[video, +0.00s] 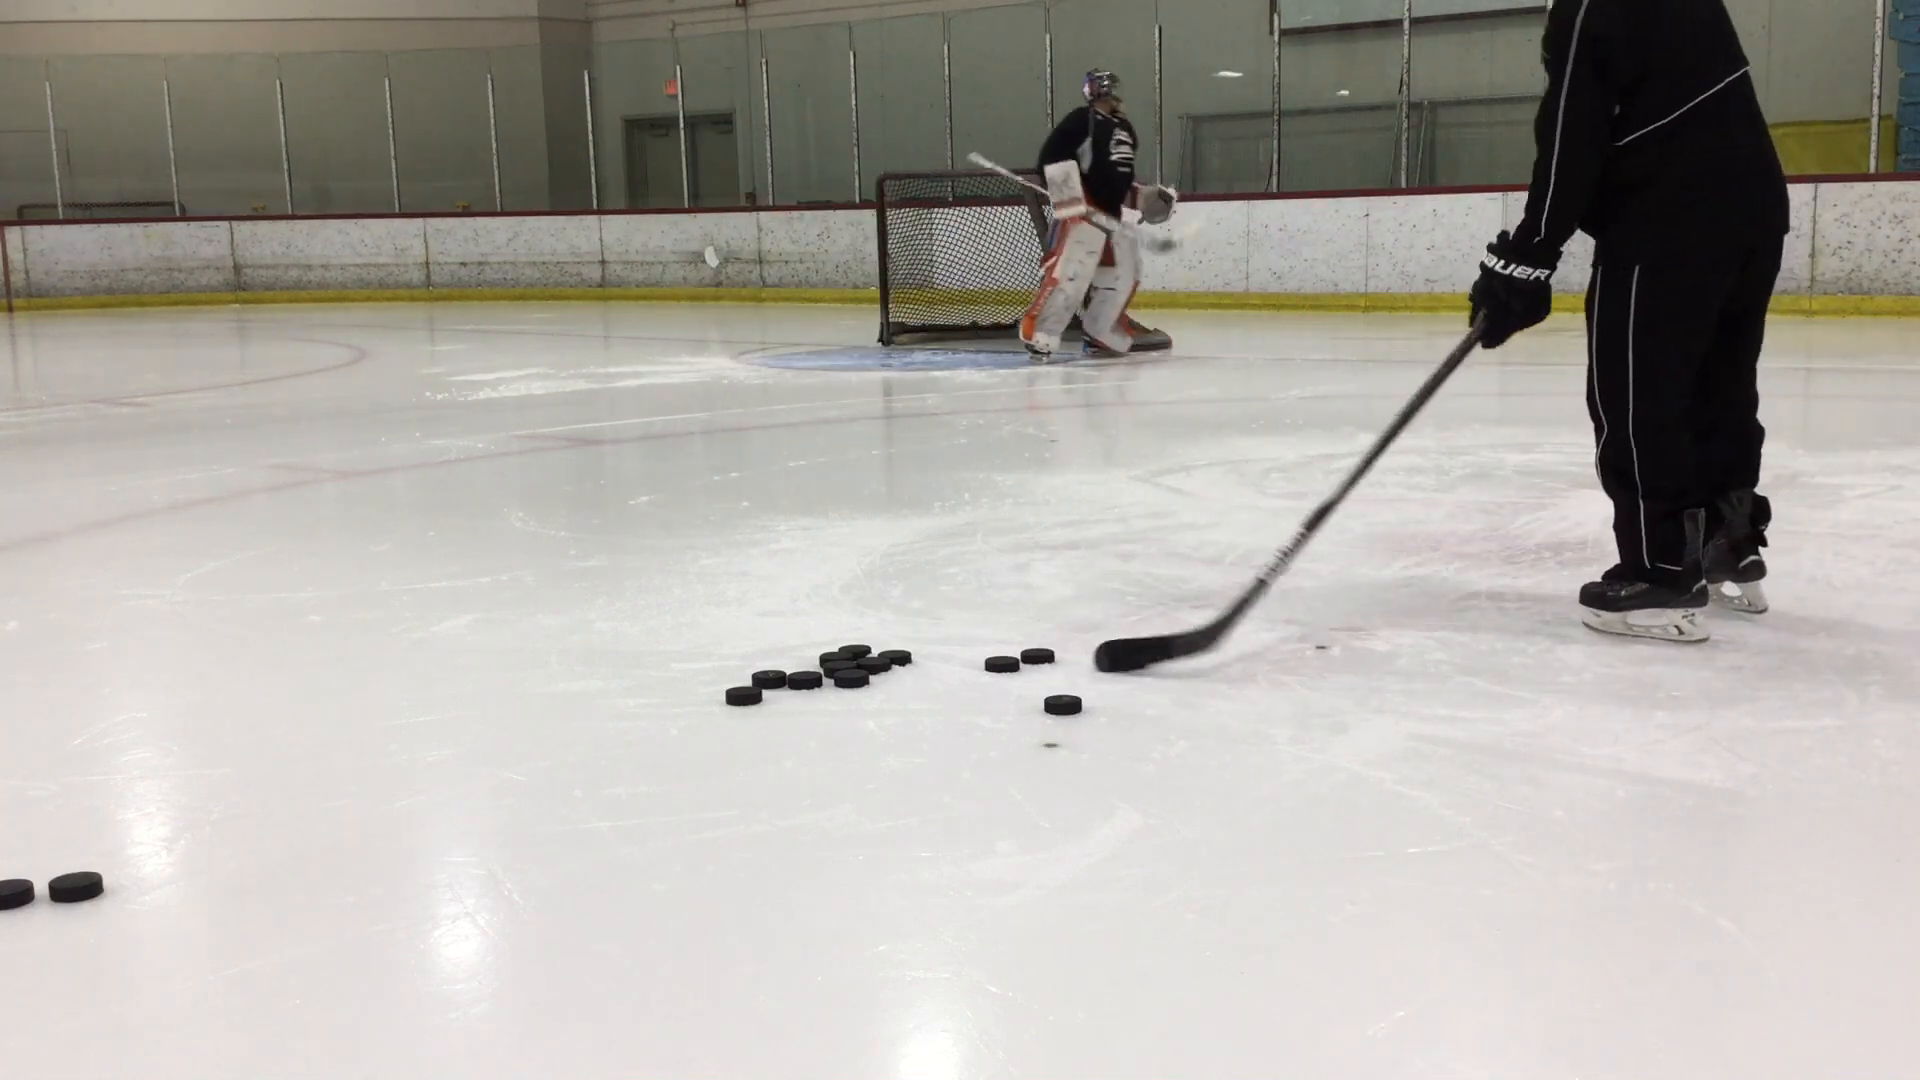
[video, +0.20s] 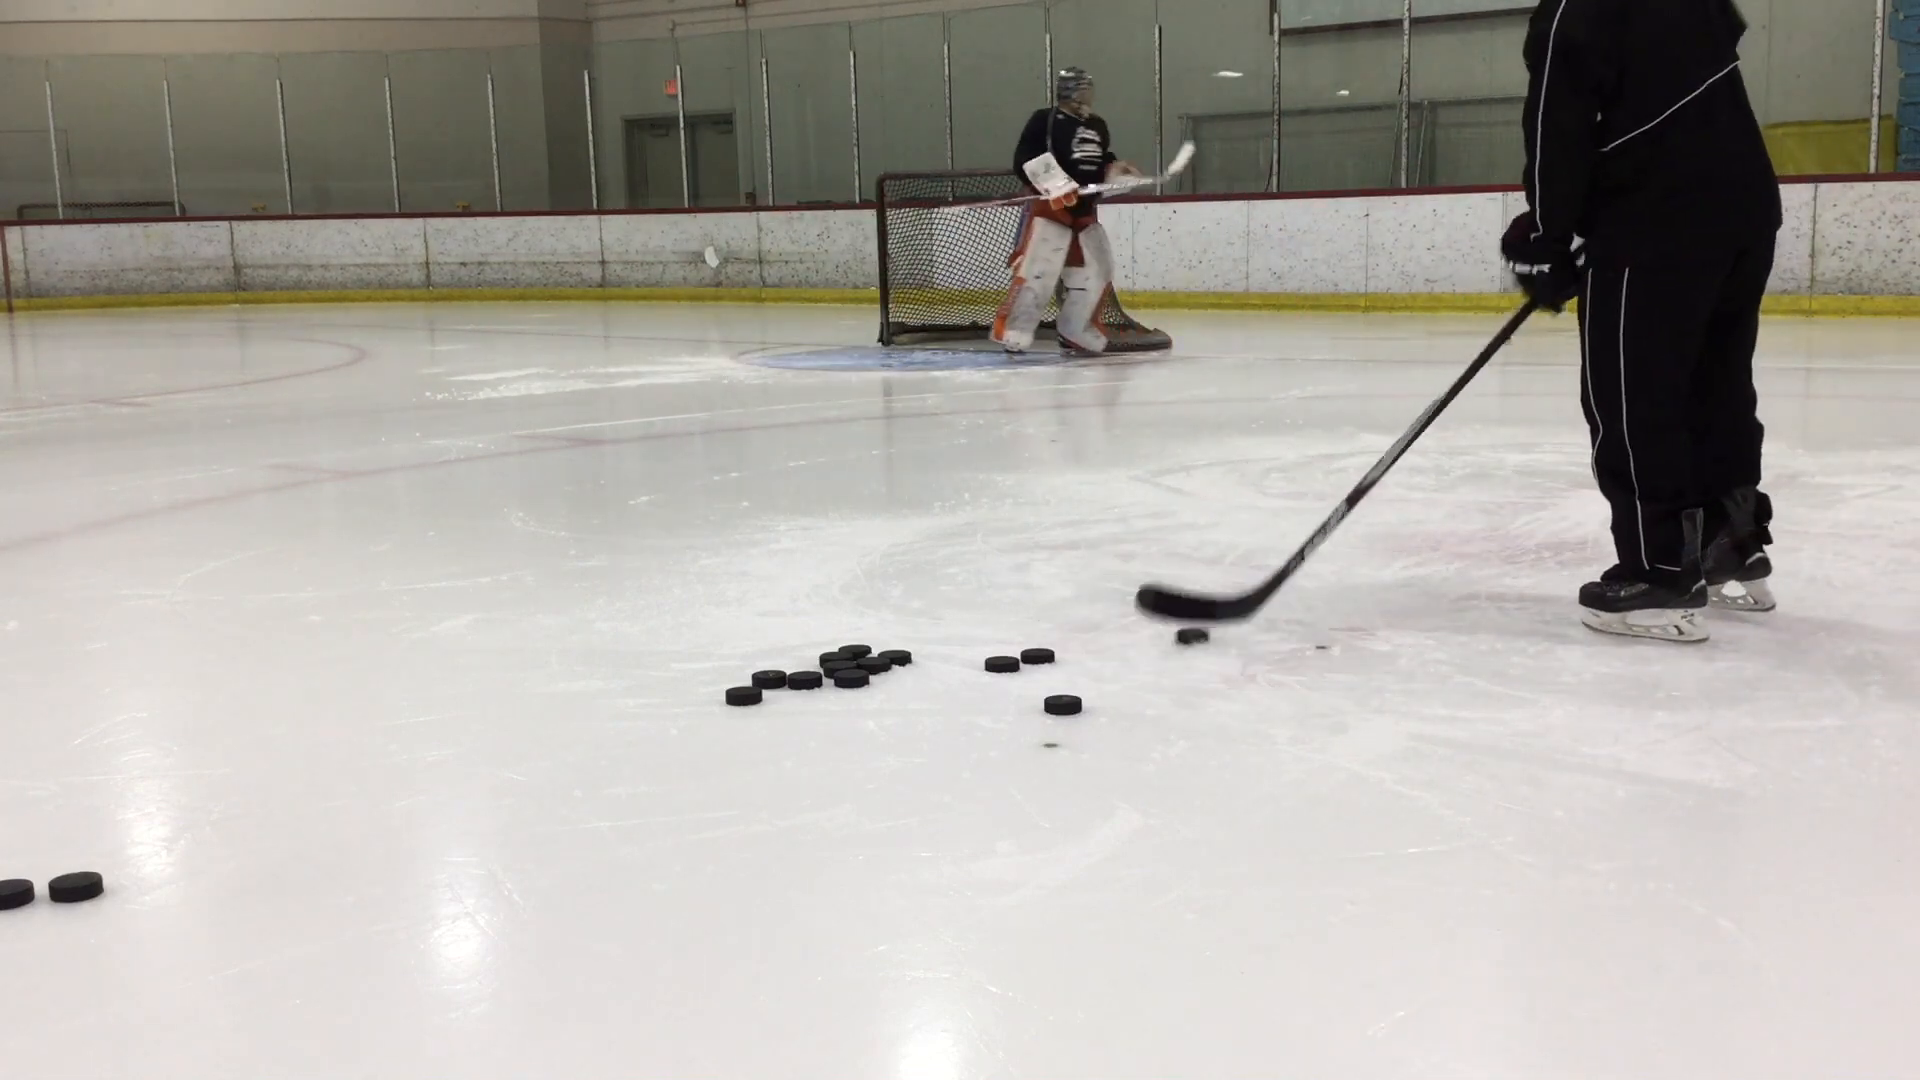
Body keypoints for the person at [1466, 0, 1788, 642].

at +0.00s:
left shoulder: (1584, 10)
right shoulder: (1691, 7)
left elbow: (1571, 137)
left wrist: (1524, 261)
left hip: (1659, 223)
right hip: (1752, 208)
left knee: (1632, 396)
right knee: (1722, 386)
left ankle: (1660, 573)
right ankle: (1728, 554)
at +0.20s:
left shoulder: (1565, 16)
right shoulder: (1691, 7)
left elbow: (1554, 125)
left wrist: (1546, 241)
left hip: (1648, 223)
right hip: (1744, 206)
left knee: (1628, 396)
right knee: (1718, 384)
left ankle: (1658, 574)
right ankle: (1732, 553)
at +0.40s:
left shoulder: (1561, 13)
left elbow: (1554, 126)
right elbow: (1747, 45)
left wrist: (1554, 224)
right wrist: (1720, 82)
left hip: (1642, 211)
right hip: (1740, 193)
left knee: (1626, 393)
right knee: (1719, 380)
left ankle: (1654, 571)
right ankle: (1742, 550)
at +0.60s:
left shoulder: (1570, 10)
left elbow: (1556, 114)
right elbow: (1778, 25)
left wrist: (1556, 227)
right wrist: (1732, 101)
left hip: (1647, 212)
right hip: (1747, 199)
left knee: (1626, 394)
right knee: (1727, 383)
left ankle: (1643, 572)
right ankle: (1743, 553)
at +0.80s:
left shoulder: (1589, 6)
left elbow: (1569, 106)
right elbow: (1791, 46)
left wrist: (1569, 221)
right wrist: (1732, 125)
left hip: (1662, 209)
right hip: (1760, 200)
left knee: (1629, 388)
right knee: (1735, 380)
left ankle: (1635, 565)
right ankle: (1749, 547)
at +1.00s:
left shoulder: (1607, 13)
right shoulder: (1753, 1)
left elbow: (1593, 131)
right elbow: (1798, 59)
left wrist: (1581, 239)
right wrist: (1730, 132)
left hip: (1688, 218)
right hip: (1786, 209)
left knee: (1643, 391)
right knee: (1747, 386)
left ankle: (1625, 564)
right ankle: (1749, 547)